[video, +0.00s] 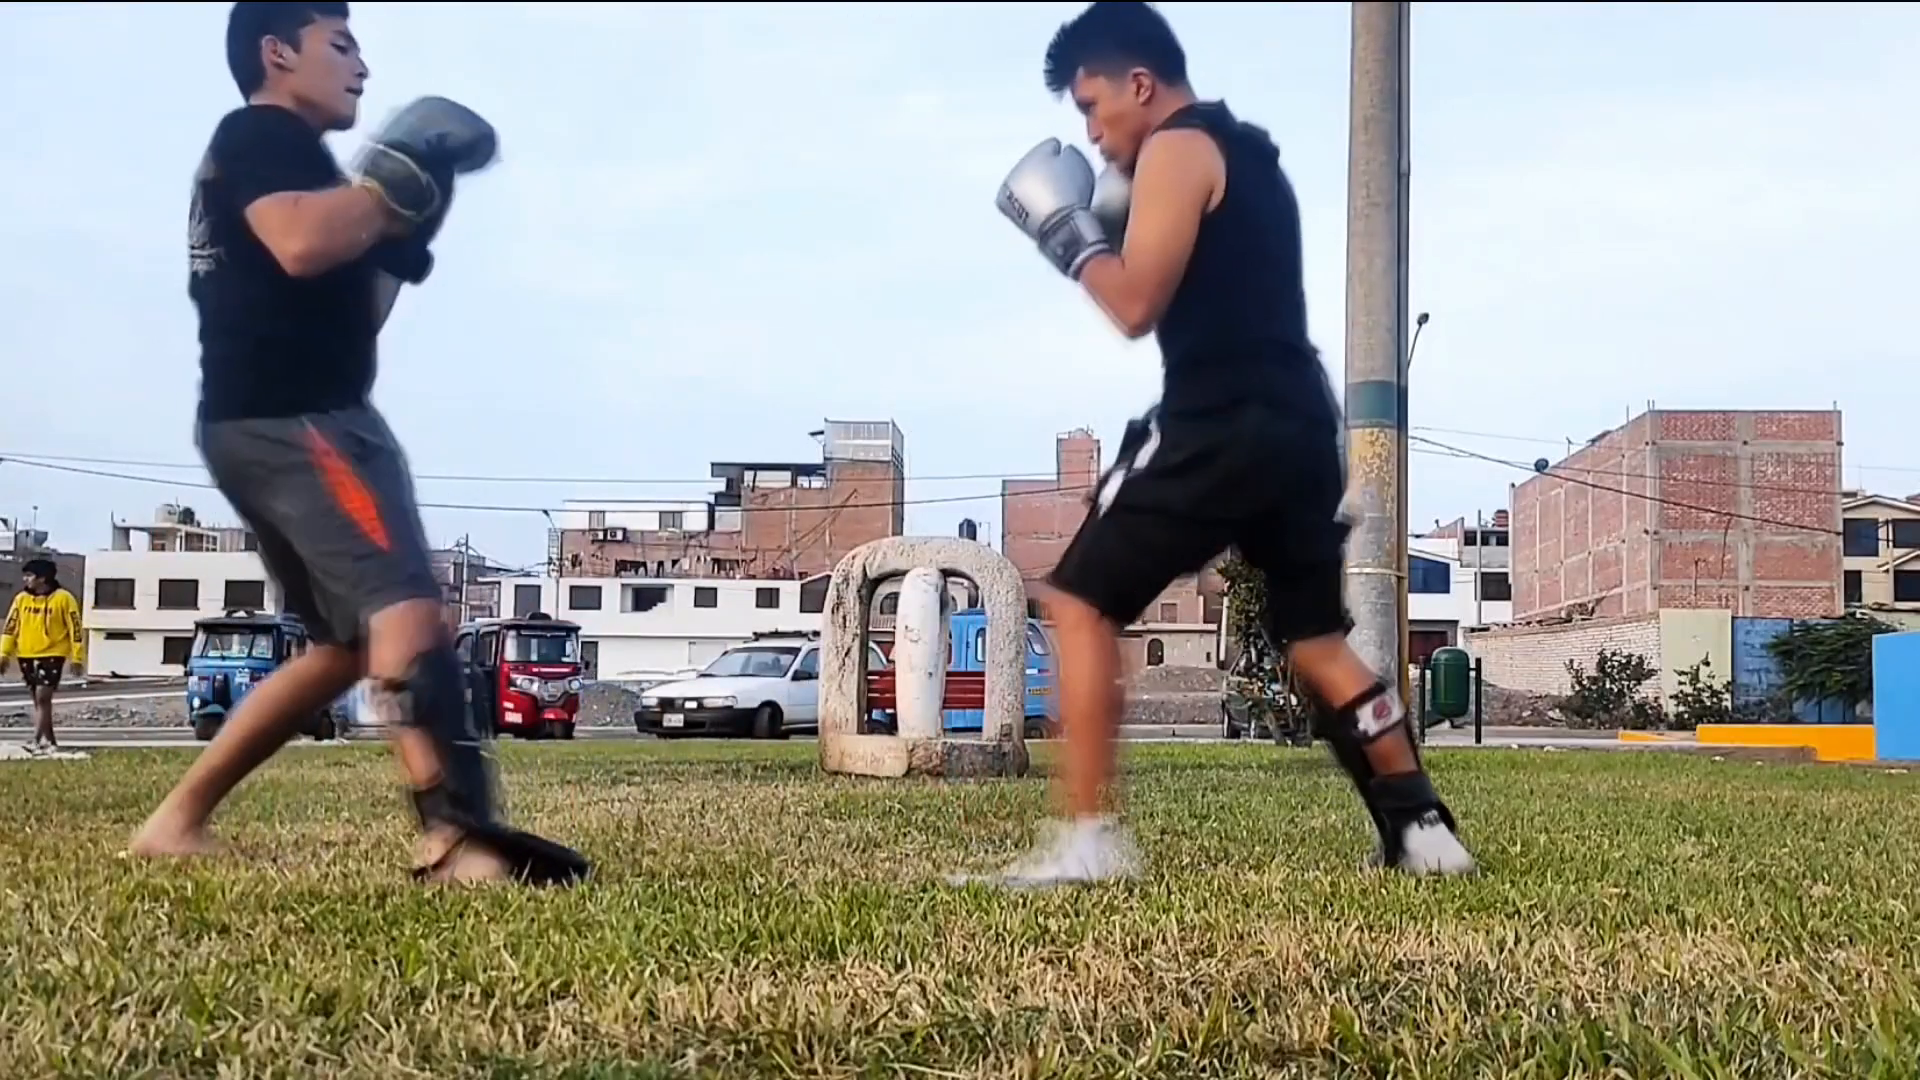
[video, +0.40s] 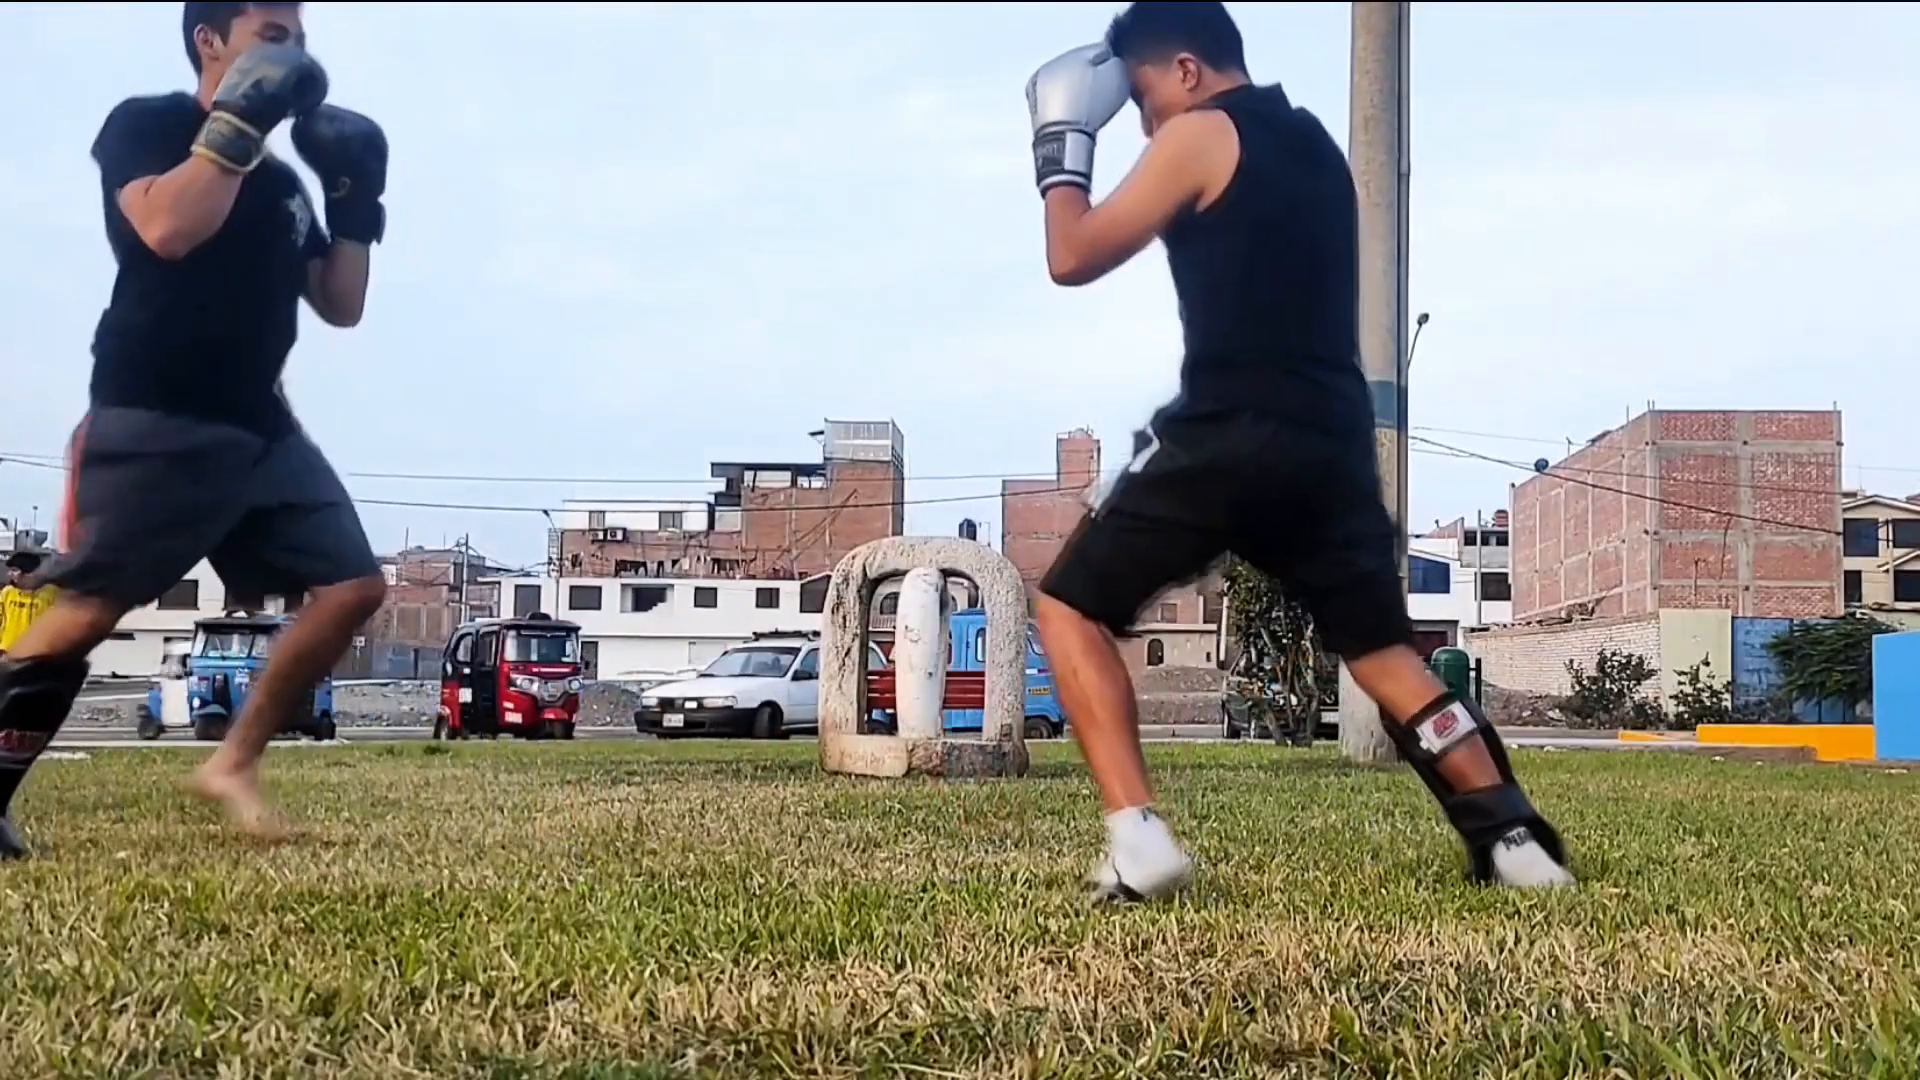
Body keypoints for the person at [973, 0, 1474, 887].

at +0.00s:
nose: (1089, 134)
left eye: (1089, 108)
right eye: (1082, 115)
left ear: (1141, 81)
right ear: (1164, 83)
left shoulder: (1179, 150)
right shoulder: (1251, 150)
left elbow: (1131, 306)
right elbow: (1223, 291)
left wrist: (1064, 227)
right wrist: (1138, 205)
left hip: (1220, 431)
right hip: (1303, 432)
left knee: (1077, 598)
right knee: (1316, 639)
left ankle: (1088, 835)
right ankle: (1422, 828)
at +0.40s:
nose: (1146, 121)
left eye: (1146, 99)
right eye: (1139, 105)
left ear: (1184, 70)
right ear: (1223, 65)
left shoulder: (1199, 136)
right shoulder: (1316, 146)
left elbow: (1071, 257)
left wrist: (1061, 143)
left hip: (1226, 436)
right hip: (1334, 448)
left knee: (1069, 606)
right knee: (1382, 649)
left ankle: (1138, 841)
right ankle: (1513, 838)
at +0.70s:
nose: (1014, 75)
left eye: (1012, 57)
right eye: (1007, 62)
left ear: (1048, 25)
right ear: (1099, 20)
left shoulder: (1052, 96)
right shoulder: (1213, 113)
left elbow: (932, 231)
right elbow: (1240, 281)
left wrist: (926, 119)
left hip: (1101, 409)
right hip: (1218, 411)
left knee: (1031, 634)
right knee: (1260, 609)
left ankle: (1098, 882)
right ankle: (1375, 804)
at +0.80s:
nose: (979, 55)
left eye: (978, 36)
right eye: (977, 40)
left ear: (1013, 14)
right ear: (1073, 11)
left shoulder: (1014, 84)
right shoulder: (1188, 99)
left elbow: (906, 220)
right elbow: (1226, 268)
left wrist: (904, 106)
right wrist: (1123, 238)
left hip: (1076, 379)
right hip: (1194, 383)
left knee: (1041, 629)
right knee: (1194, 609)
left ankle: (1100, 881)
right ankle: (1235, 793)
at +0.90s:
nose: (963, 47)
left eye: (962, 30)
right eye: (961, 34)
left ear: (995, 20)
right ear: (1064, 16)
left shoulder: (988, 86)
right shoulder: (1169, 98)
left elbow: (883, 219)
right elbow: (1214, 264)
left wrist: (885, 108)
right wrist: (1114, 210)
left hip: (1047, 376)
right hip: (1164, 385)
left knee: (1040, 632)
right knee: (1127, 629)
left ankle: (1102, 887)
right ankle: (1087, 816)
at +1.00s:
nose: (958, 62)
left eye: (957, 47)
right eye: (957, 49)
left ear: (990, 33)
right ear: (1058, 27)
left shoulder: (978, 97)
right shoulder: (1158, 117)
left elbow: (870, 224)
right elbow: (1192, 279)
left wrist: (878, 119)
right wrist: (1100, 224)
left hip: (1008, 390)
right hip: (1124, 407)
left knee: (940, 628)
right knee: (1054, 632)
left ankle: (1065, 838)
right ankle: (1027, 859)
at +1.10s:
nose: (956, 71)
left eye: (955, 57)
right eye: (955, 59)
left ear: (982, 40)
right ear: (1052, 35)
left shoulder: (967, 98)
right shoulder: (1146, 126)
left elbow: (861, 223)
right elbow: (1170, 296)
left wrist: (878, 113)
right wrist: (1084, 227)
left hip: (988, 386)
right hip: (1104, 408)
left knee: (825, 556)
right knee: (1040, 629)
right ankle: (1020, 858)